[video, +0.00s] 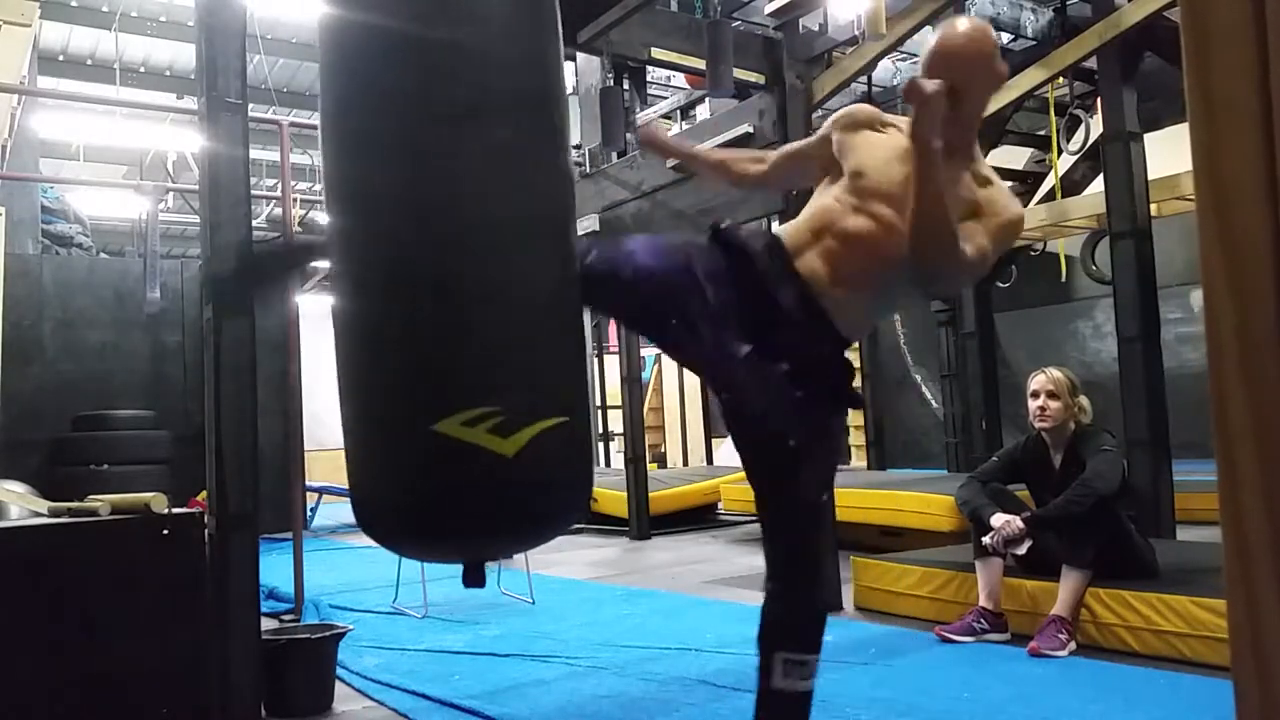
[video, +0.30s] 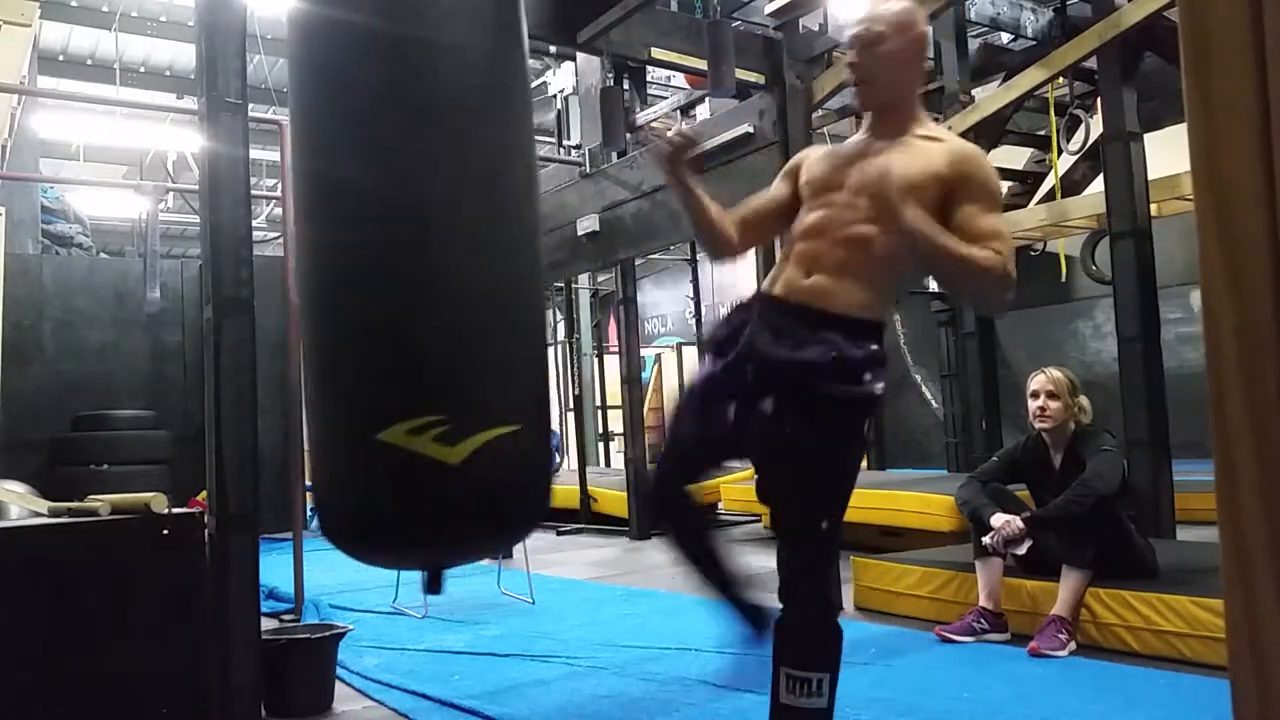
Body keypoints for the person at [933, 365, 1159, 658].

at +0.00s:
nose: (1042, 404)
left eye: (1053, 396)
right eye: (1035, 396)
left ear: (1072, 406)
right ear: (1027, 405)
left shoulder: (1097, 442)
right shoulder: (1027, 449)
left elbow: (1100, 485)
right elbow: (968, 488)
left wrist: (1027, 522)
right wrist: (992, 516)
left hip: (1117, 559)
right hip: (1058, 556)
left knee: (1090, 504)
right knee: (988, 496)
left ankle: (1061, 620)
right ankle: (989, 612)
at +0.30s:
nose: (1041, 404)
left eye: (1052, 396)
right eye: (1035, 396)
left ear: (1072, 406)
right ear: (1027, 405)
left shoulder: (1097, 442)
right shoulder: (1027, 449)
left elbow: (1100, 485)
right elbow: (968, 488)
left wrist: (1027, 522)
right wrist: (992, 517)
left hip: (1117, 559)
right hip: (1058, 556)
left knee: (1089, 503)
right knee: (988, 495)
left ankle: (1061, 620)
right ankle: (989, 612)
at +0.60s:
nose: (1041, 404)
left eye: (1052, 397)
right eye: (1034, 397)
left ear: (1072, 405)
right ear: (1026, 405)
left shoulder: (1098, 442)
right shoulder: (1026, 449)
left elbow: (1099, 485)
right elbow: (967, 487)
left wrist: (1026, 522)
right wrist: (992, 516)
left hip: (1117, 558)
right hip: (1057, 555)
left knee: (1091, 505)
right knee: (989, 496)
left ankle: (1060, 621)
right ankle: (989, 612)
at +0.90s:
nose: (1040, 405)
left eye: (1051, 397)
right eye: (1034, 397)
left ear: (1072, 406)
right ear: (1026, 405)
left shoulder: (1098, 442)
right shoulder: (1026, 449)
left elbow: (1098, 486)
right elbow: (967, 487)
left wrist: (1026, 522)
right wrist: (992, 516)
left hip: (1117, 558)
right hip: (1057, 555)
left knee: (1090, 505)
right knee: (989, 496)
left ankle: (1060, 621)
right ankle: (989, 612)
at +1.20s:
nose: (1041, 404)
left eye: (1052, 397)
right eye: (1034, 397)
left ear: (1073, 406)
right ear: (1027, 405)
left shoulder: (1099, 443)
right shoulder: (1027, 450)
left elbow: (1098, 486)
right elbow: (969, 488)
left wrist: (1027, 522)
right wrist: (993, 516)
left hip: (1119, 559)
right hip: (1058, 556)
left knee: (1090, 505)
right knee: (991, 496)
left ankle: (1061, 621)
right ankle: (990, 612)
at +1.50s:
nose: (1042, 404)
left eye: (1052, 396)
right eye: (1035, 396)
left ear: (1072, 406)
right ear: (1027, 405)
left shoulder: (1098, 443)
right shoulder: (1027, 448)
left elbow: (1100, 486)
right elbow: (967, 488)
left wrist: (1026, 524)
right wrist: (993, 516)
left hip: (1118, 559)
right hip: (1059, 556)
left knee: (1088, 505)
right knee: (989, 496)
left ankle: (1061, 621)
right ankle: (989, 613)